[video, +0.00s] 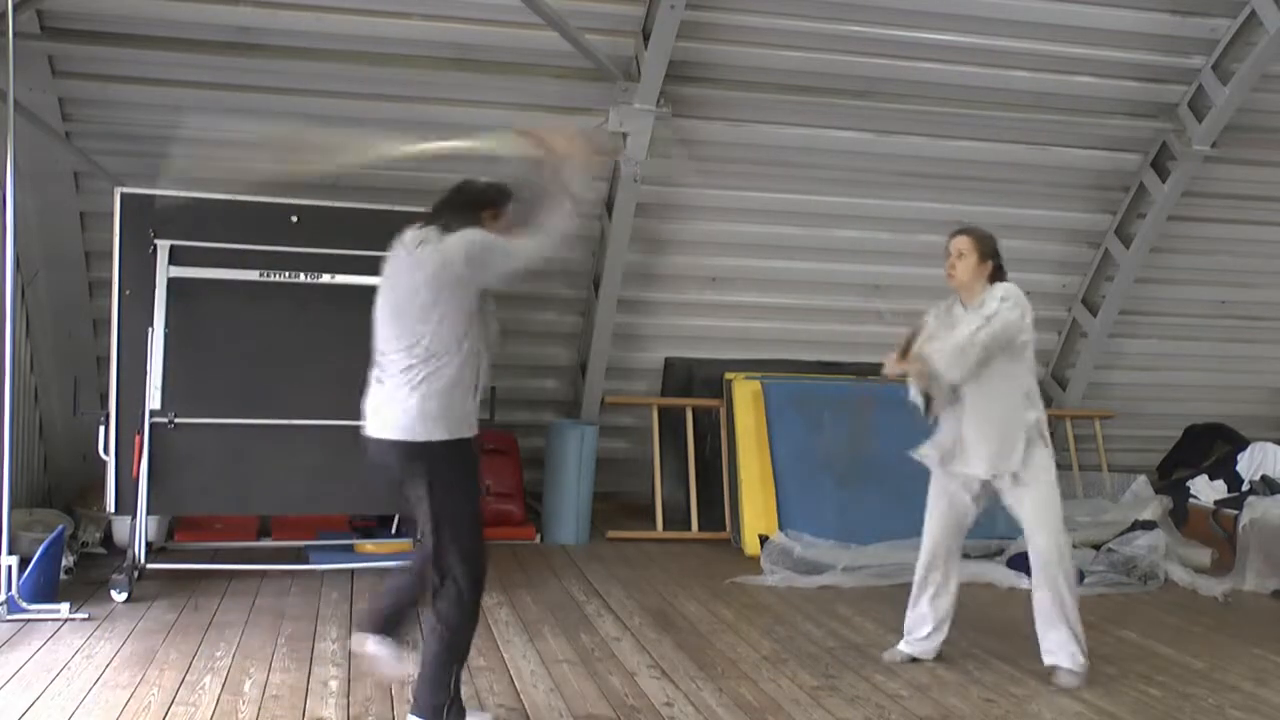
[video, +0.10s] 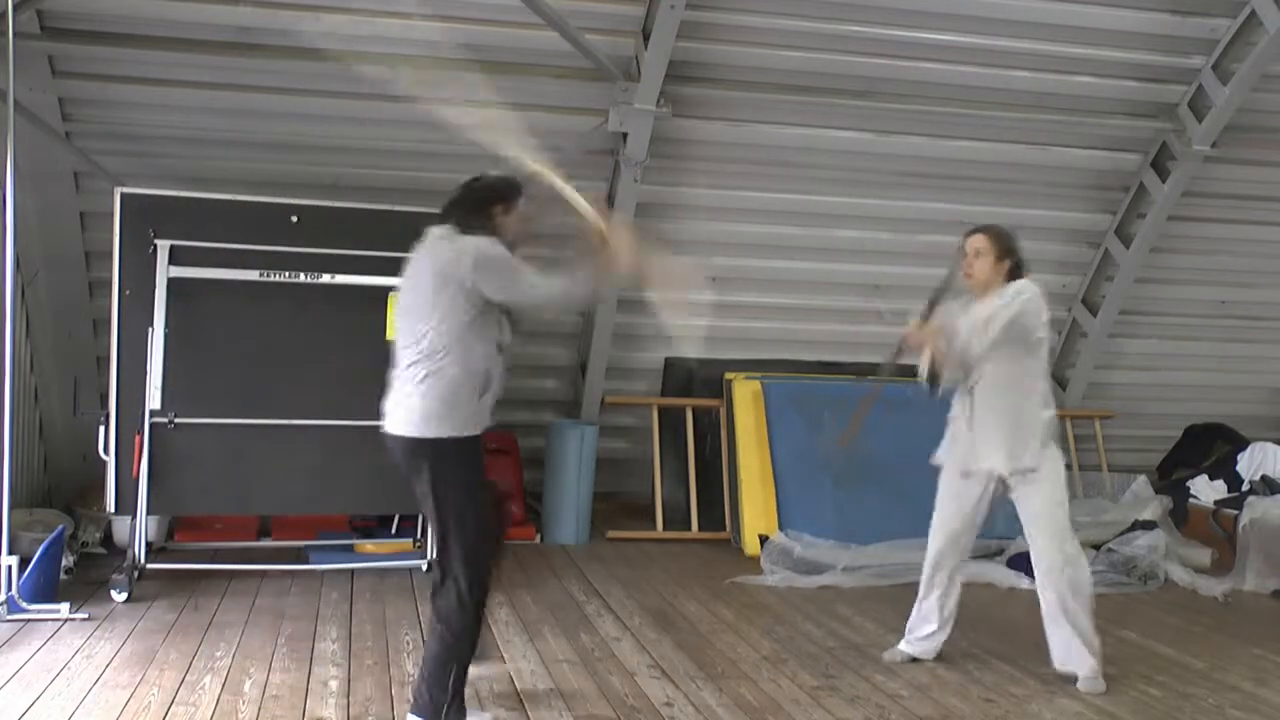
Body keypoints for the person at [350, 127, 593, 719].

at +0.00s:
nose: (502, 234)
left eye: (502, 224)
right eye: (501, 225)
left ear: (455, 208)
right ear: (486, 215)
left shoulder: (405, 244)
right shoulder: (466, 249)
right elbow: (550, 243)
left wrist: (544, 169)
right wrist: (576, 174)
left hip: (391, 428)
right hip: (437, 434)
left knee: (433, 550)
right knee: (461, 574)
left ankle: (378, 630)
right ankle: (435, 707)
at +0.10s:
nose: (518, 226)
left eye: (518, 216)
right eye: (514, 215)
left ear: (469, 208)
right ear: (494, 212)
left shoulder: (429, 249)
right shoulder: (474, 253)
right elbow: (552, 293)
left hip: (413, 426)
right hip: (444, 432)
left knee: (458, 551)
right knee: (469, 561)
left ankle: (451, 649)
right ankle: (435, 707)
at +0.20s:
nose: (548, 239)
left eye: (548, 227)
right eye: (544, 226)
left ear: (508, 224)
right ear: (519, 224)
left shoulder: (464, 263)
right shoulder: (483, 264)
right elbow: (541, 332)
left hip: (470, 436)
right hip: (458, 438)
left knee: (510, 554)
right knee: (495, 568)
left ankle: (518, 668)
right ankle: (437, 700)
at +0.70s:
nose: (609, 229)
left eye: (609, 219)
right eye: (601, 217)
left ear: (595, 233)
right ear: (577, 221)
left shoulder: (585, 277)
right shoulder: (531, 263)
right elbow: (590, 313)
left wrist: (626, 217)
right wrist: (619, 240)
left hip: (540, 442)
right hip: (493, 430)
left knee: (580, 534)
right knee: (481, 557)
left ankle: (565, 655)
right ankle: (430, 697)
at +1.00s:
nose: (668, 281)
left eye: (670, 270)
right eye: (664, 268)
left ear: (636, 266)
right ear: (637, 263)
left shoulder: (628, 320)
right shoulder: (593, 295)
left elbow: (673, 377)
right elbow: (649, 374)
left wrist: (732, 431)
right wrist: (704, 437)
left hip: (539, 445)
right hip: (495, 429)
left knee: (585, 543)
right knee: (545, 550)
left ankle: (584, 673)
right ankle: (463, 656)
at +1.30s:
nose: (639, 250)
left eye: (639, 239)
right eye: (633, 238)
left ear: (603, 235)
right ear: (605, 233)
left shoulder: (595, 303)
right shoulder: (556, 261)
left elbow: (629, 369)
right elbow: (635, 290)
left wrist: (687, 331)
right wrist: (712, 302)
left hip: (539, 437)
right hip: (496, 428)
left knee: (571, 546)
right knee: (544, 552)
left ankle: (578, 674)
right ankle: (481, 687)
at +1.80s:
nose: (506, 208)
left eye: (504, 198)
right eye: (499, 199)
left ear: (466, 203)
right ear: (473, 202)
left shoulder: (436, 252)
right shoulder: (467, 263)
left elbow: (533, 287)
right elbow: (524, 336)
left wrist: (603, 275)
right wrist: (599, 302)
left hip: (433, 422)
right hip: (461, 430)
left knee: (457, 543)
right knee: (491, 557)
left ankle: (381, 636)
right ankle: (485, 697)